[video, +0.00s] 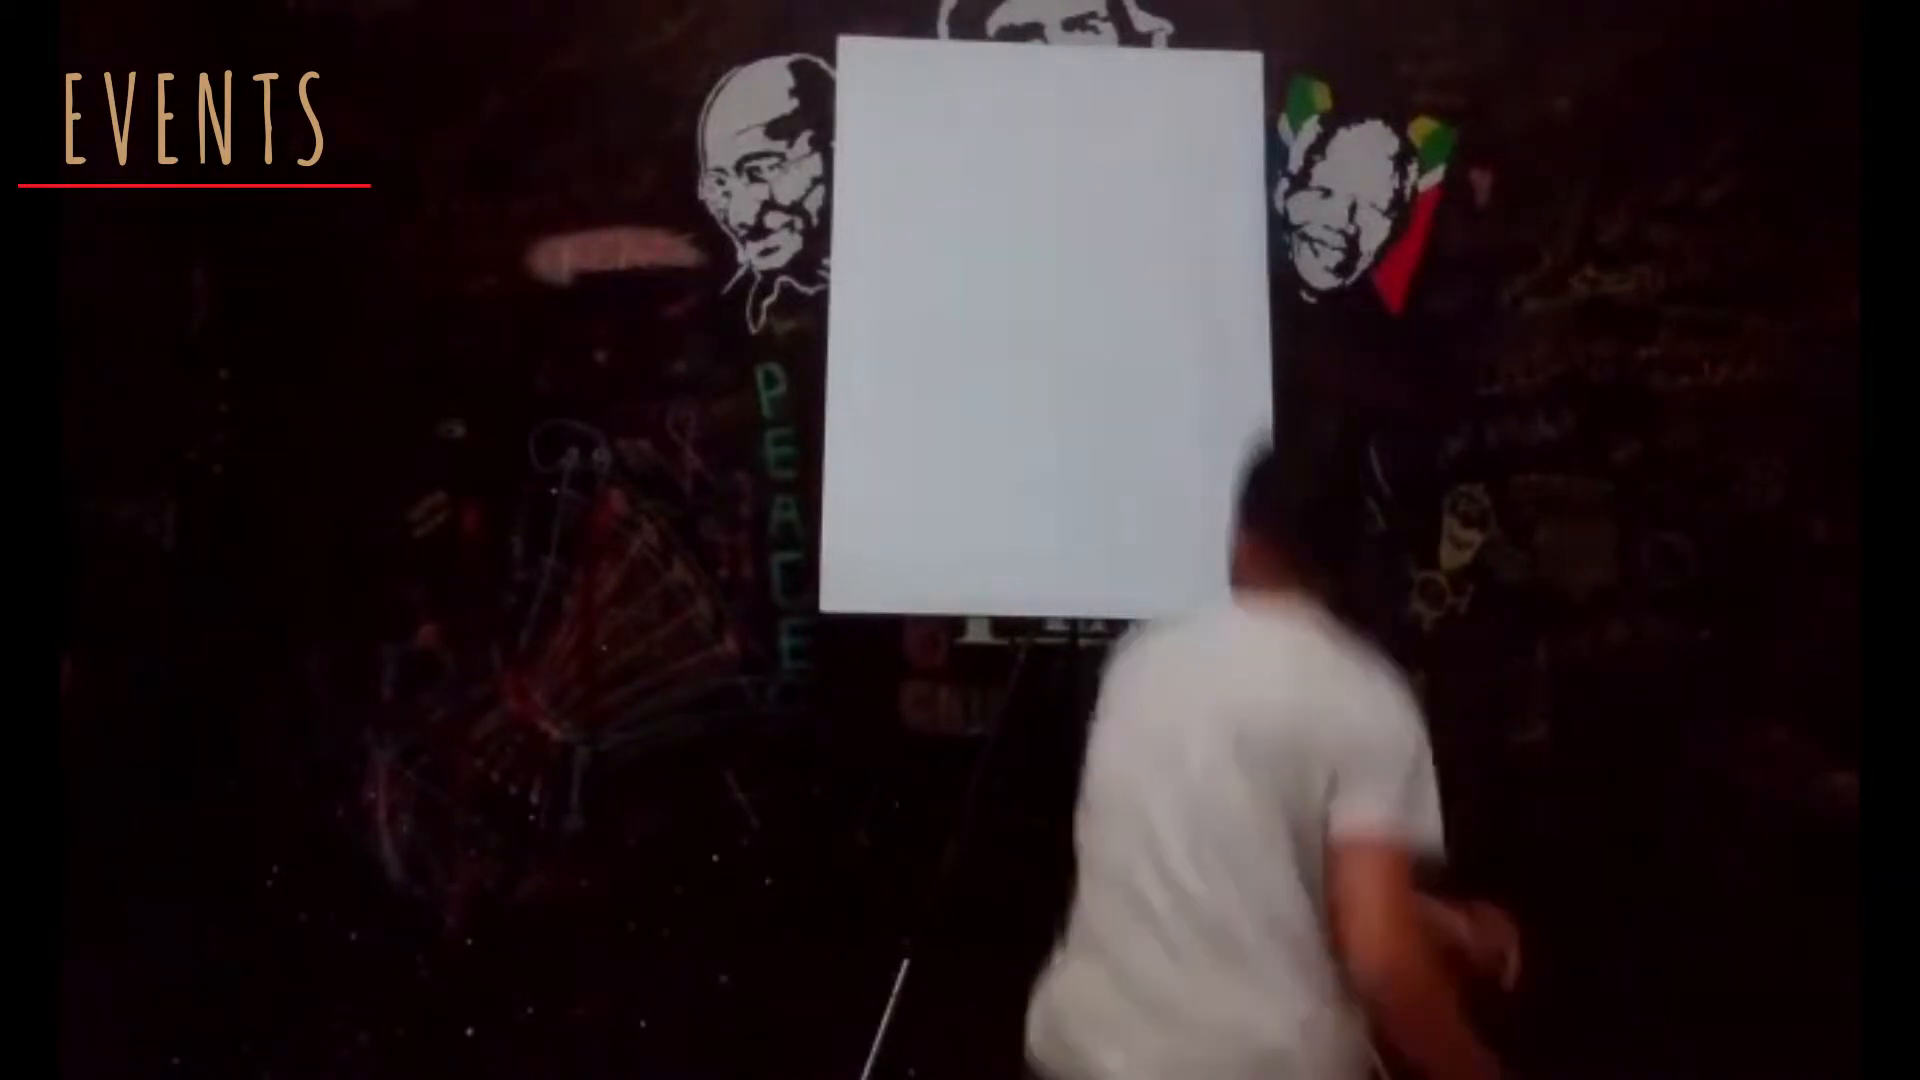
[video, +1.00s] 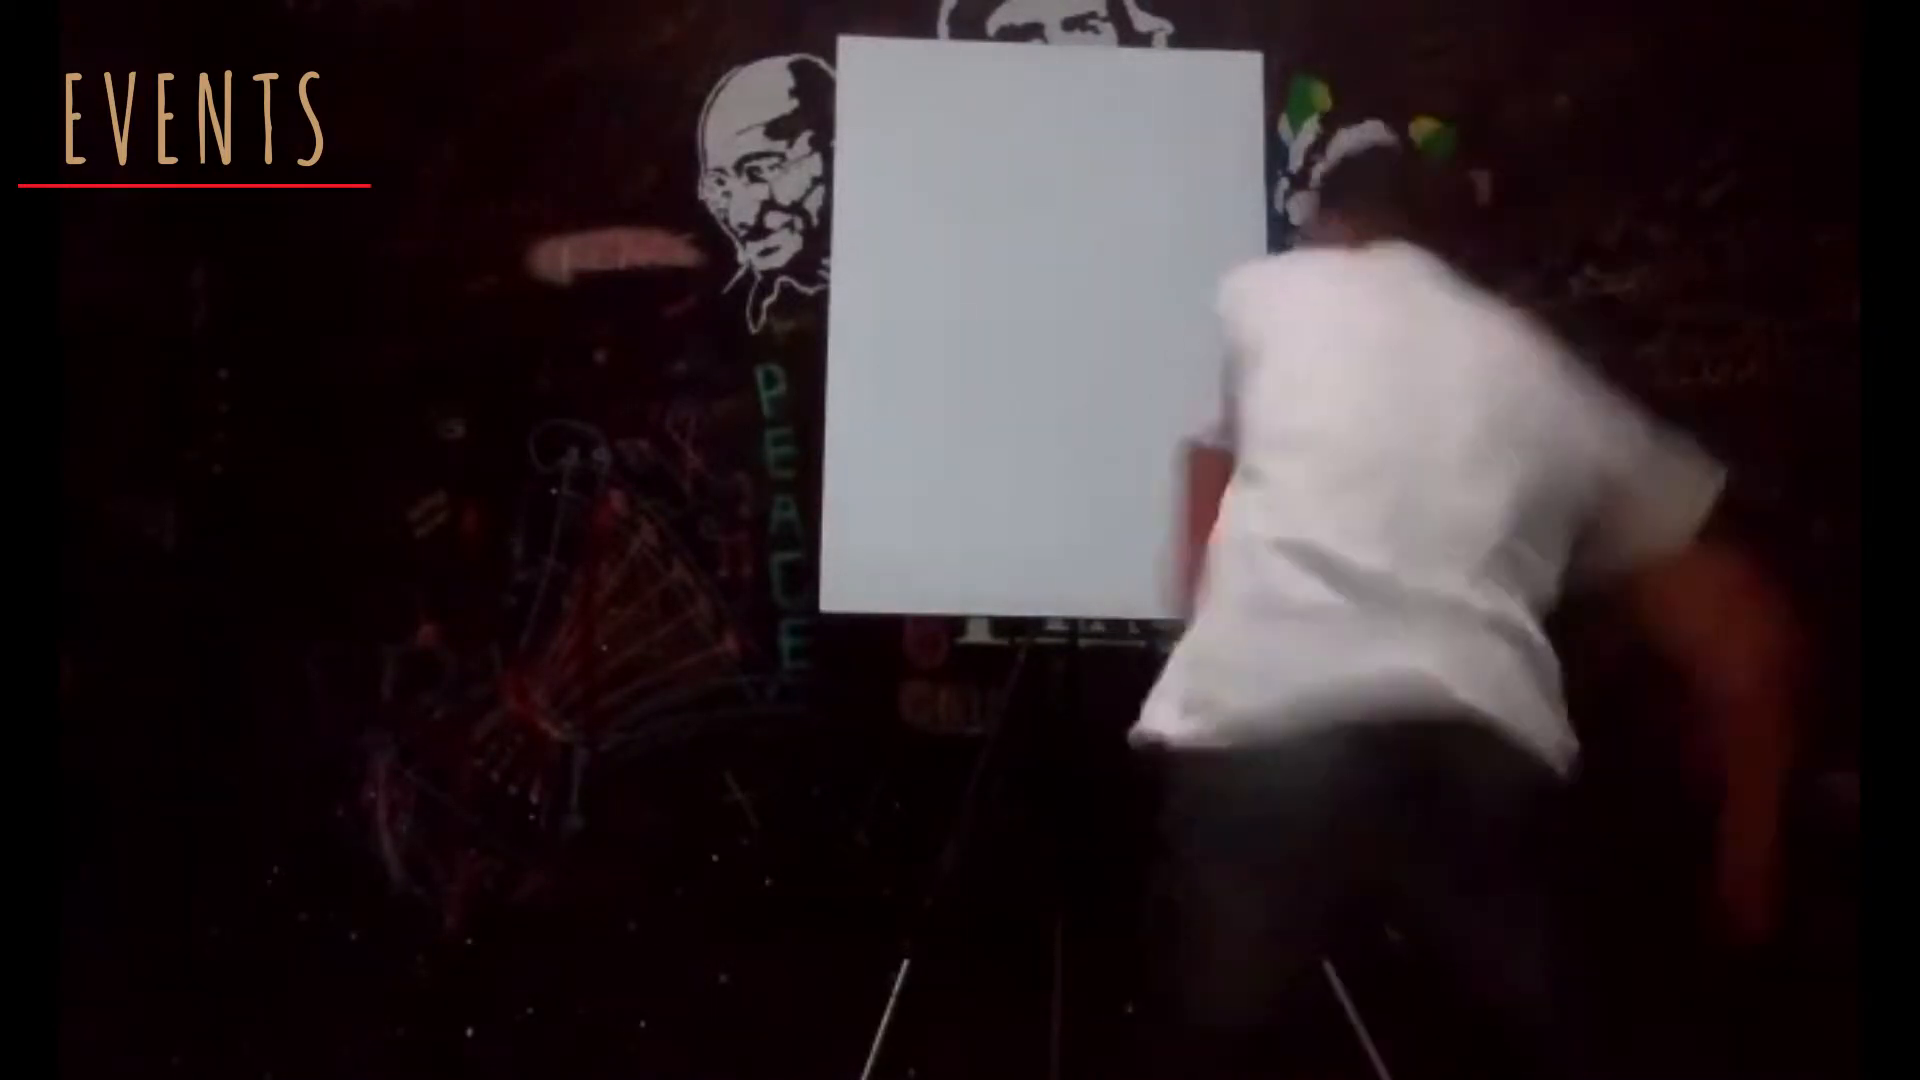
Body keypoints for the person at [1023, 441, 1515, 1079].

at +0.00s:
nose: (1237, 546)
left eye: (1241, 526)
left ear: (1246, 536)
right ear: (1362, 550)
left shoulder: (1140, 659)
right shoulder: (1361, 697)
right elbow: (1377, 950)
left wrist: (1427, 921)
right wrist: (1469, 1063)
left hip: (1086, 1038)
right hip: (1268, 1055)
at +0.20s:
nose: (1248, 388)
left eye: (1255, 371)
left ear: (1266, 378)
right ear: (1383, 394)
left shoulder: (1182, 501)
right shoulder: (1415, 527)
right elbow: (1459, 798)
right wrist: (1542, 942)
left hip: (1103, 927)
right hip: (1294, 947)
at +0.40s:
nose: (1294, 231)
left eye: (1296, 216)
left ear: (1309, 215)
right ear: (1423, 220)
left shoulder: (1221, 337)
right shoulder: (1503, 330)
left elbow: (1151, 591)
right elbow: (1628, 570)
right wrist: (1570, 718)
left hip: (1176, 766)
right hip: (1396, 778)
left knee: (1140, 1057)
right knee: (1445, 1055)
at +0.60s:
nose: (1305, 157)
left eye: (1312, 137)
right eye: (1310, 139)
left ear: (1338, 133)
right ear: (1465, 136)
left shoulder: (1238, 266)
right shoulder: (1541, 242)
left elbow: (1211, 519)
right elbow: (1628, 538)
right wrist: (1596, 716)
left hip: (1225, 691)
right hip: (1439, 681)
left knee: (1227, 1023)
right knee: (1477, 1024)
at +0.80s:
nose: (1338, 176)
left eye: (1337, 160)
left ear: (1358, 155)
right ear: (1487, 149)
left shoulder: (1262, 280)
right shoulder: (1547, 243)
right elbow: (1741, 517)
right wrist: (1662, 653)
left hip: (1237, 684)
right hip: (1451, 672)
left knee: (1297, 1048)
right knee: (1522, 1031)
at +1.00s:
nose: (1305, 242)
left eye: (1309, 228)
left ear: (1326, 223)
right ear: (1452, 227)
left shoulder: (1262, 293)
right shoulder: (1540, 373)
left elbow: (1203, 545)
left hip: (1253, 745)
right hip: (1482, 753)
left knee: (1226, 1053)